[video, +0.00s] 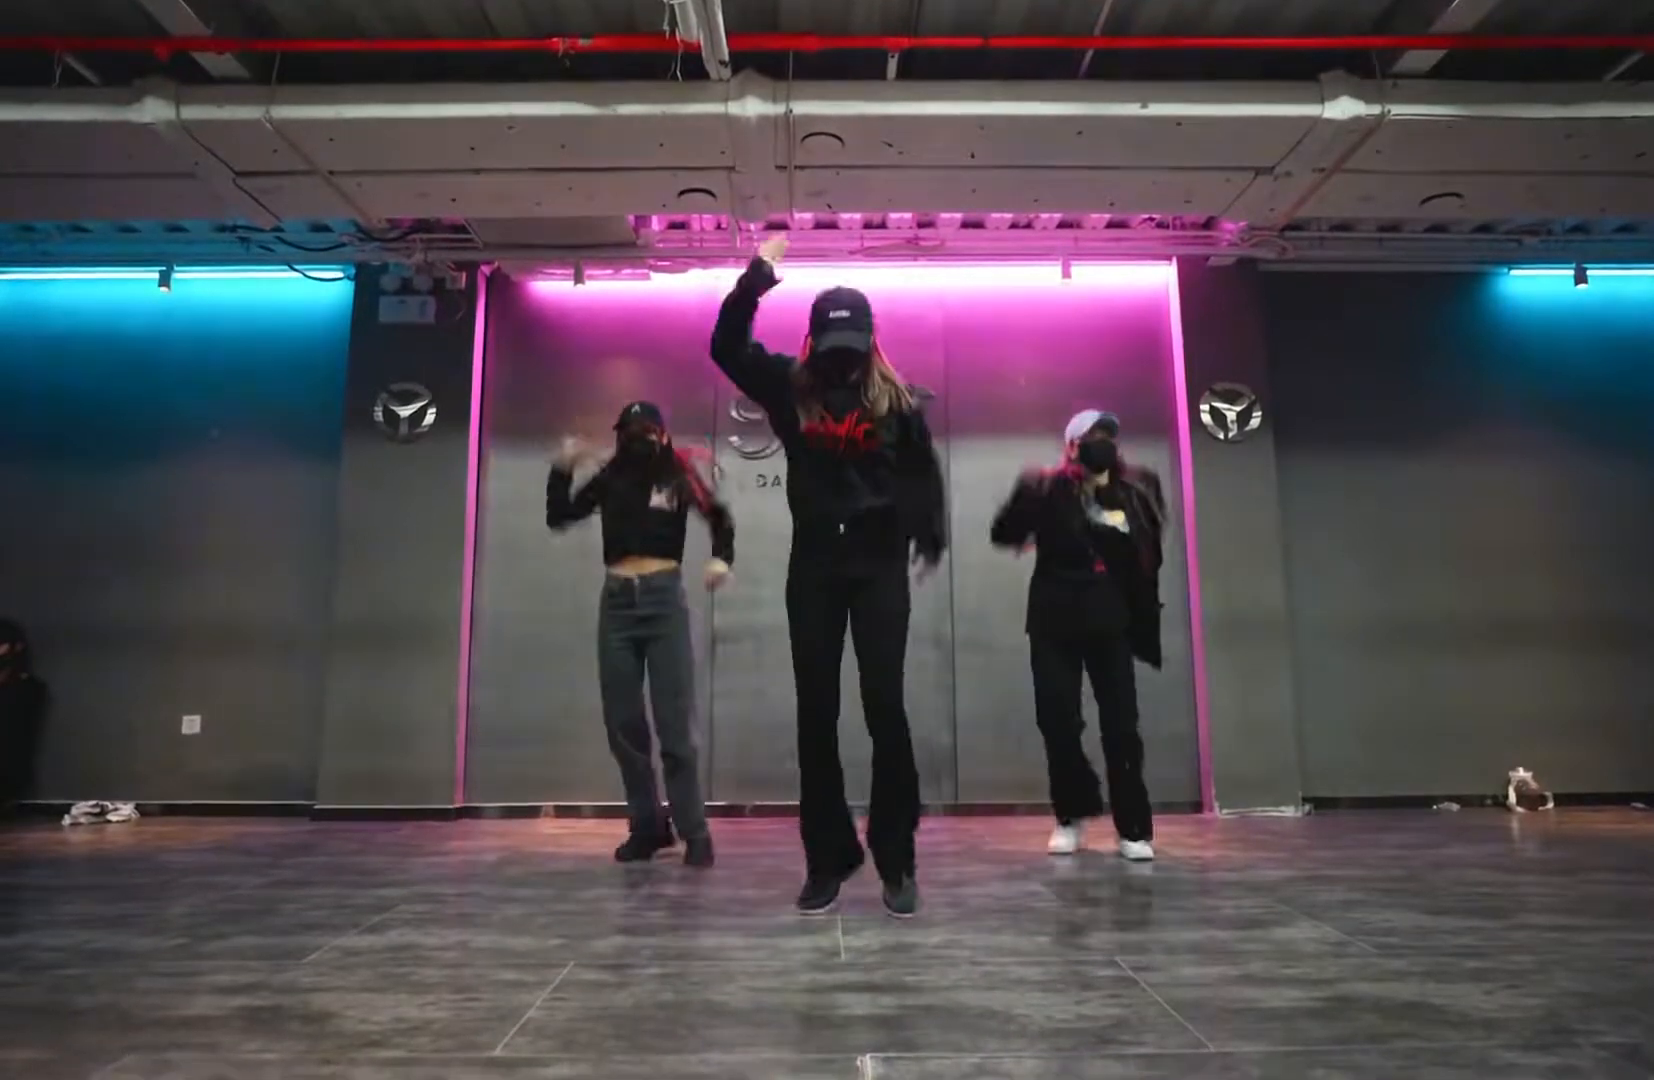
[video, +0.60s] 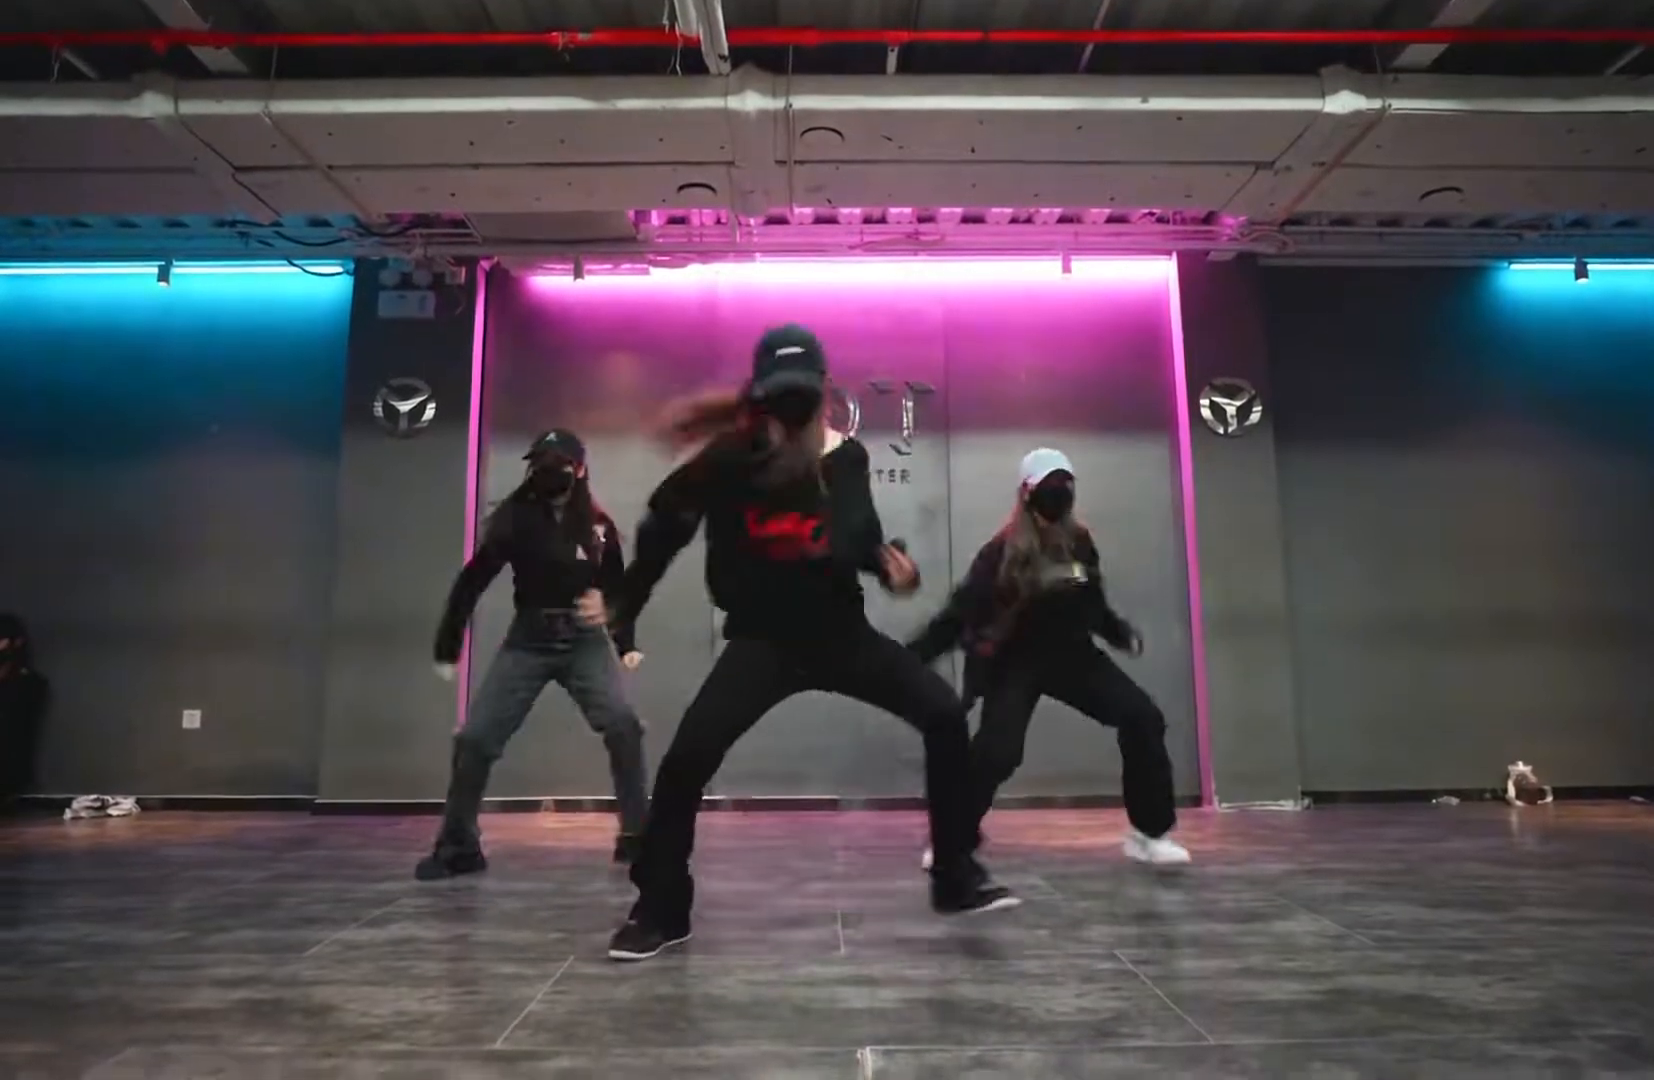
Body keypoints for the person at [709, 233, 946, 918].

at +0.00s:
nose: (844, 362)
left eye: (854, 351)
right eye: (833, 350)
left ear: (871, 345)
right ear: (813, 344)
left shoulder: (894, 402)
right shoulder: (789, 390)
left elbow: (923, 476)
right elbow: (729, 346)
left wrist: (927, 532)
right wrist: (758, 274)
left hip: (881, 568)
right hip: (814, 568)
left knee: (885, 710)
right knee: (816, 715)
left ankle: (896, 858)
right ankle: (828, 859)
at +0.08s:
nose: (843, 389)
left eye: (853, 378)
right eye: (833, 379)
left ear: (872, 374)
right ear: (816, 374)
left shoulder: (903, 429)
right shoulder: (789, 421)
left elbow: (964, 458)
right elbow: (729, 377)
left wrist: (969, 515)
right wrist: (755, 315)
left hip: (879, 600)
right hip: (812, 598)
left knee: (884, 743)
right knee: (801, 746)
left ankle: (900, 875)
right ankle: (833, 870)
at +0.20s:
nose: (842, 428)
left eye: (854, 415)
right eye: (831, 416)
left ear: (873, 411)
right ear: (814, 413)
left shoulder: (897, 475)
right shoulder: (786, 463)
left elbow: (927, 551)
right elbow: (725, 475)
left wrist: (902, 475)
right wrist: (743, 425)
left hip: (879, 641)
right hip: (812, 637)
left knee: (882, 770)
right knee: (749, 727)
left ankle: (901, 880)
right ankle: (781, 846)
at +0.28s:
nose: (824, 426)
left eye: (836, 414)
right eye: (814, 414)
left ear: (856, 410)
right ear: (801, 411)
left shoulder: (868, 472)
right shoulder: (792, 467)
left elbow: (885, 567)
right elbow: (762, 543)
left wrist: (886, 655)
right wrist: (730, 525)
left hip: (872, 643)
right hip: (806, 642)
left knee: (880, 774)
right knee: (727, 744)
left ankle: (902, 883)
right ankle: (696, 897)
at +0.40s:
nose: (764, 430)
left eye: (774, 416)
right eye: (754, 418)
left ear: (798, 406)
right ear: (742, 416)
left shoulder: (832, 454)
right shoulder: (761, 466)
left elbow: (836, 526)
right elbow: (742, 522)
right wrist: (699, 554)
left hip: (863, 637)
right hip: (796, 636)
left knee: (881, 768)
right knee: (718, 757)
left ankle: (903, 876)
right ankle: (665, 913)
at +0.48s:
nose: (753, 427)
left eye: (764, 413)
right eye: (741, 415)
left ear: (789, 402)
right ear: (725, 412)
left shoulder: (831, 457)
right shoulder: (727, 464)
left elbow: (875, 535)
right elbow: (703, 515)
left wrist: (808, 490)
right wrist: (669, 562)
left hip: (850, 639)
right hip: (777, 641)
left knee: (915, 767)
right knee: (702, 760)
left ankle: (909, 852)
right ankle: (661, 915)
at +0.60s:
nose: (789, 413)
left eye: (801, 398)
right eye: (776, 399)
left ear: (823, 393)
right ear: (756, 398)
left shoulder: (842, 459)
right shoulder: (724, 463)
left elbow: (863, 541)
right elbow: (662, 531)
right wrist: (623, 611)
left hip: (842, 638)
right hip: (760, 644)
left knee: (944, 713)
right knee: (686, 759)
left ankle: (956, 875)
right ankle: (661, 912)